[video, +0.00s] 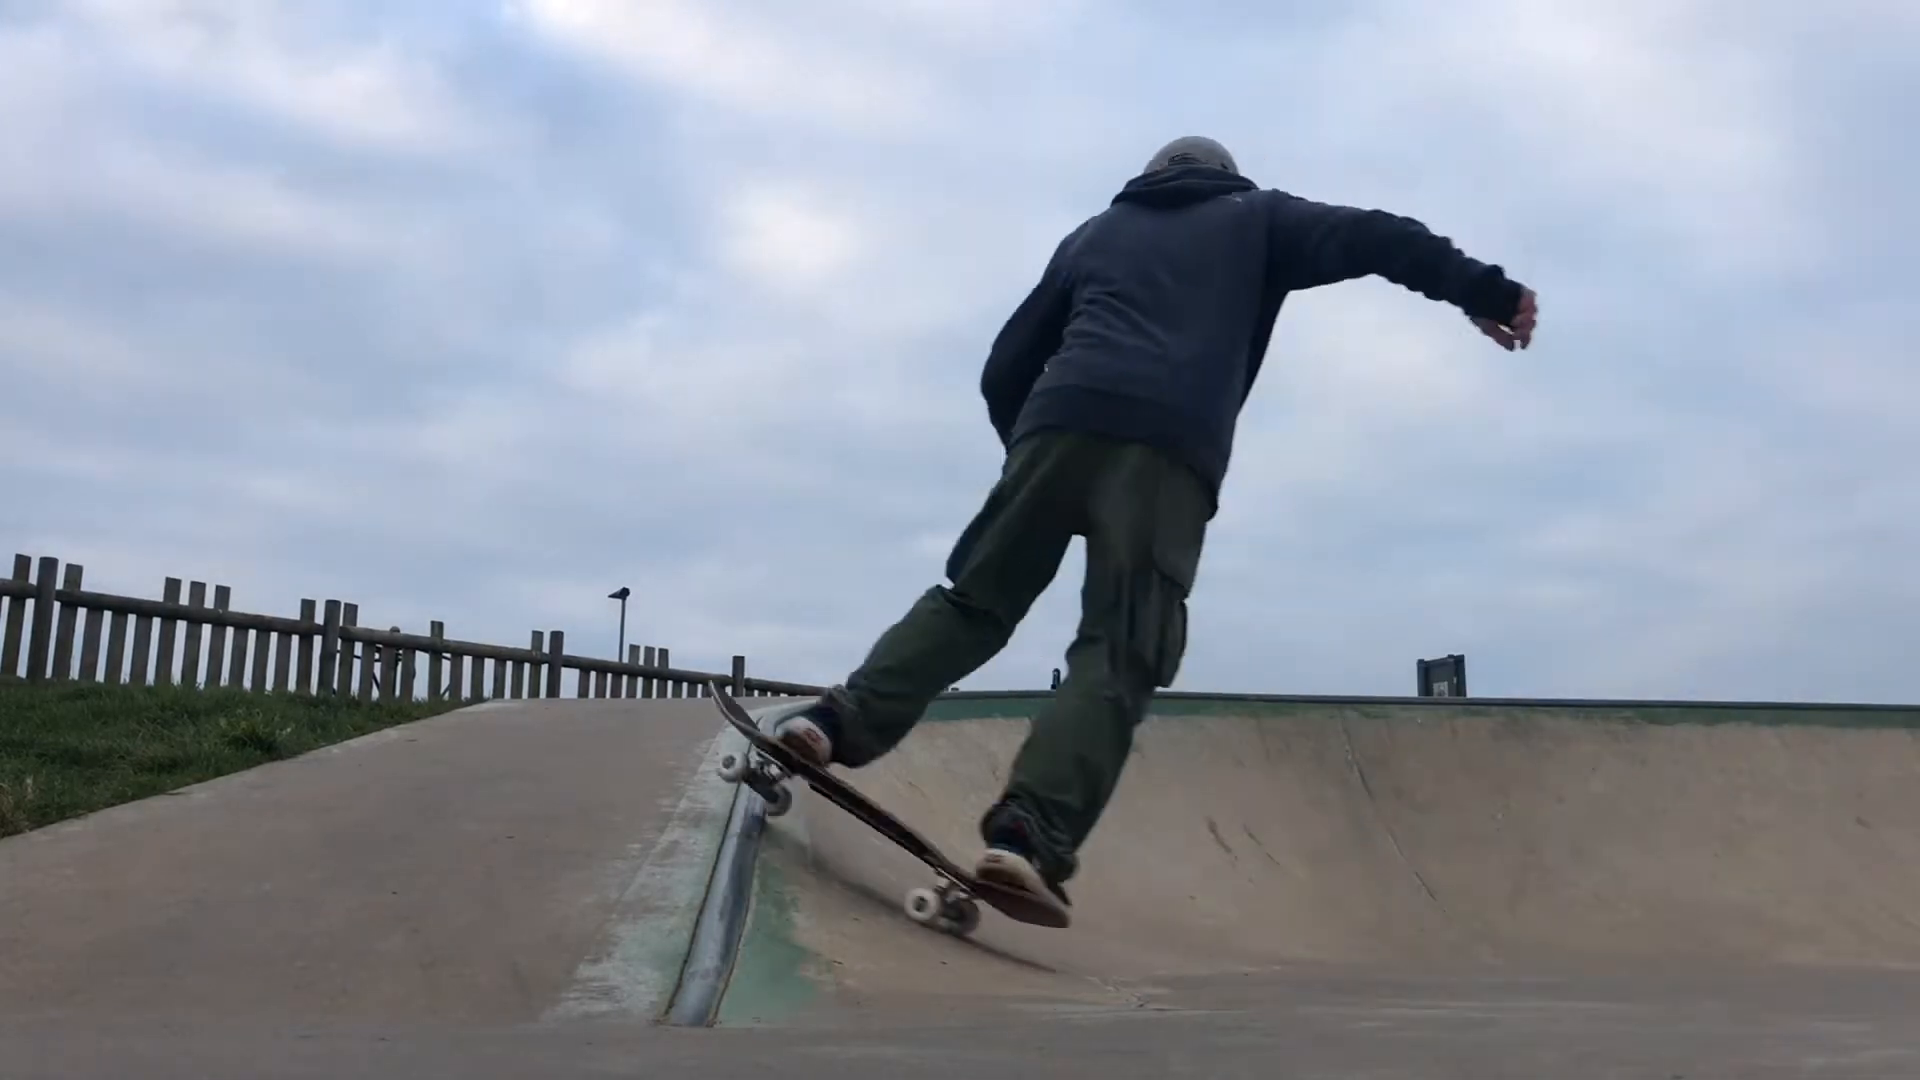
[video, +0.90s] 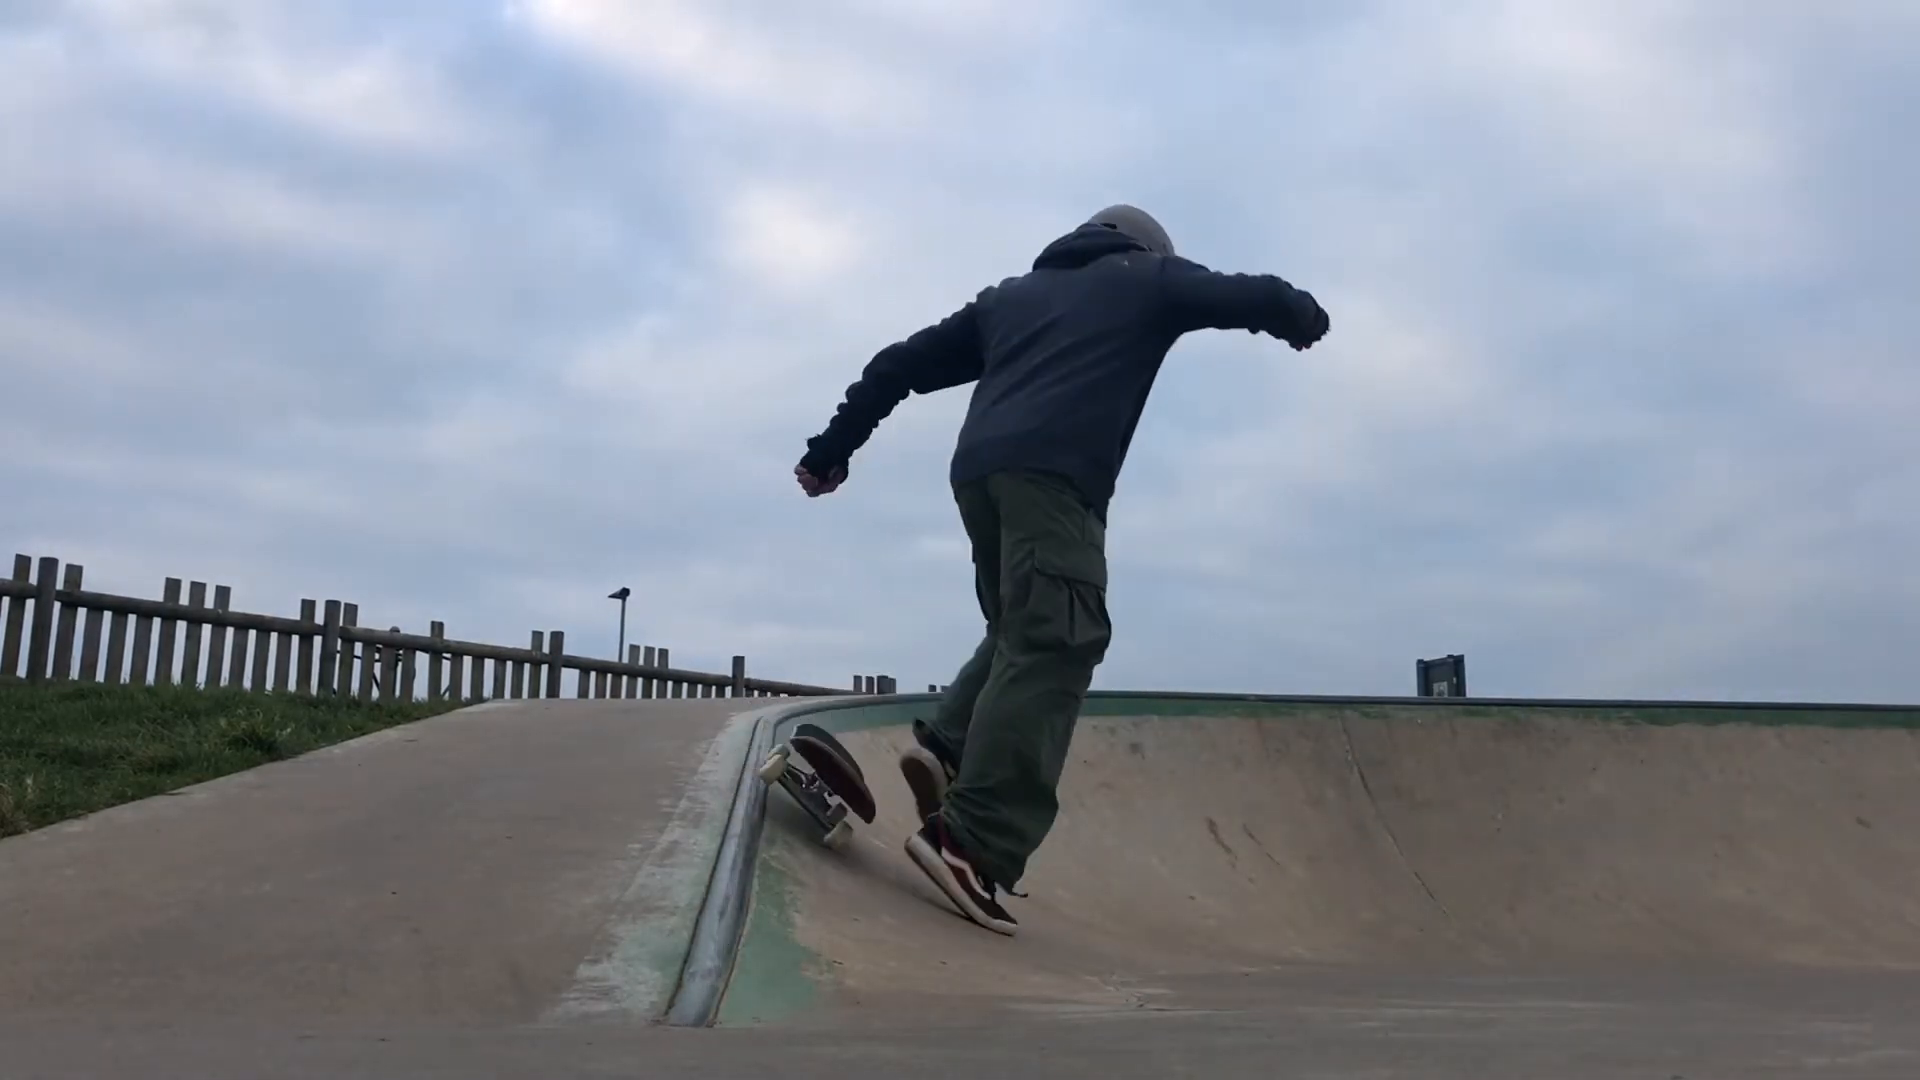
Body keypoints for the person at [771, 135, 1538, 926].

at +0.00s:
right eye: (1234, 184)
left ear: (1154, 176)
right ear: (1230, 179)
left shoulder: (1096, 231)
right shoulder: (1256, 215)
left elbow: (1009, 359)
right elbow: (1379, 235)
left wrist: (1038, 444)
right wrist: (1489, 291)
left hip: (1059, 415)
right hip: (1173, 434)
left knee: (974, 597)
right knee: (1119, 644)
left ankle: (840, 724)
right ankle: (1029, 833)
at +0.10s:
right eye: (1165, 195)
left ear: (1087, 185)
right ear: (1152, 193)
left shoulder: (1025, 227)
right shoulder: (1169, 223)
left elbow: (912, 331)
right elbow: (1232, 277)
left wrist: (896, 426)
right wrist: (1301, 351)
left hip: (958, 382)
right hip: (1057, 405)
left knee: (920, 561)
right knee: (996, 609)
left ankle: (769, 670)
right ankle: (851, 750)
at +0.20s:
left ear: (1048, 183)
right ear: (1109, 198)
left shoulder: (977, 218)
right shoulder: (1115, 228)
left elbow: (845, 306)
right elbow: (1144, 312)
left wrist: (812, 393)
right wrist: (1182, 424)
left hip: (886, 379)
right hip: (970, 398)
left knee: (860, 568)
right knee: (941, 594)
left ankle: (781, 709)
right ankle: (796, 712)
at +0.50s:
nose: (1073, 225)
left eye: (1075, 217)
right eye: (1074, 214)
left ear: (1018, 174)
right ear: (1055, 193)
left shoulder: (927, 218)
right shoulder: (1023, 201)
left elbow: (885, 292)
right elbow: (1091, 251)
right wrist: (1191, 318)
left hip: (843, 367)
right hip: (910, 373)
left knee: (861, 559)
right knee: (909, 561)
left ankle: (793, 698)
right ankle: (809, 709)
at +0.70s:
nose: (1099, 230)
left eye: (1100, 224)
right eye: (1098, 222)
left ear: (1038, 192)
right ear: (1080, 205)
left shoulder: (956, 239)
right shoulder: (1056, 217)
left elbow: (882, 335)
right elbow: (1156, 221)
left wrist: (869, 426)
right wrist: (1250, 252)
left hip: (878, 380)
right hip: (952, 379)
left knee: (890, 570)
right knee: (977, 564)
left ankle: (800, 695)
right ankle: (863, 684)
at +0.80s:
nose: (1135, 230)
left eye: (1132, 223)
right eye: (1131, 222)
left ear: (1062, 205)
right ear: (1111, 212)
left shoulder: (980, 258)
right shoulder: (1101, 227)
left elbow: (881, 358)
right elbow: (1206, 233)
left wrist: (848, 451)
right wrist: (1262, 274)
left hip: (923, 408)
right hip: (1000, 403)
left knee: (956, 586)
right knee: (1037, 583)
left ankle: (849, 688)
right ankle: (938, 733)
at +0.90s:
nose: (1167, 268)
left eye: (1164, 259)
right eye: (1165, 259)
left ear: (1089, 239)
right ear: (1148, 249)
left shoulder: (1010, 297)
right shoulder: (1150, 274)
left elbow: (901, 361)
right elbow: (1256, 295)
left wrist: (833, 445)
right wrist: (1305, 317)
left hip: (976, 471)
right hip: (1051, 469)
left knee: (1016, 629)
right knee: (1057, 642)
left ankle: (944, 747)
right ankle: (973, 846)